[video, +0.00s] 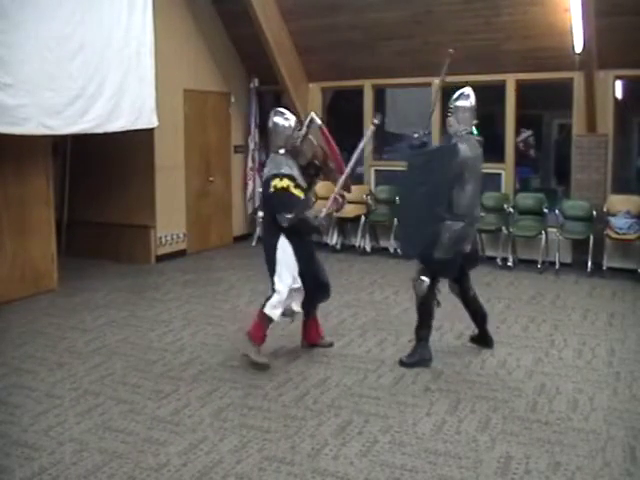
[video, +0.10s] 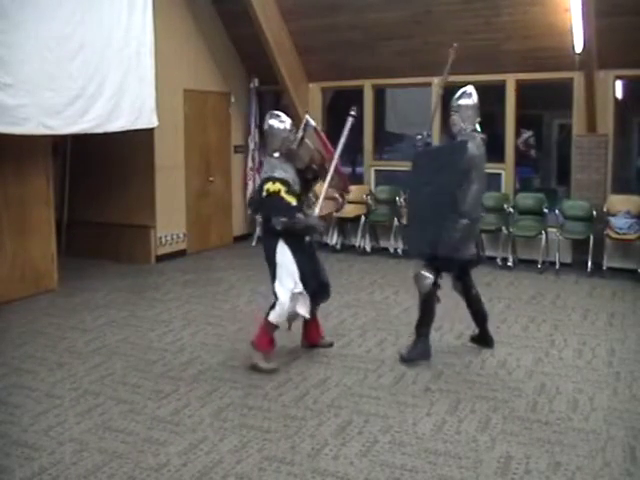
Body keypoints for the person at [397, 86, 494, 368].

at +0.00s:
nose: (449, 118)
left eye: (454, 114)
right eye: (451, 113)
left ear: (464, 118)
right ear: (467, 119)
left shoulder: (460, 149)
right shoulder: (472, 146)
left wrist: (418, 153)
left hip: (449, 224)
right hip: (464, 222)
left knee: (424, 281)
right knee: (460, 282)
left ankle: (422, 347)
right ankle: (483, 332)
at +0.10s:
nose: (454, 118)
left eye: (460, 113)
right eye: (454, 113)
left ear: (471, 116)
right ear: (452, 115)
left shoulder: (469, 147)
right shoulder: (460, 144)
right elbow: (436, 171)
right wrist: (423, 152)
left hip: (450, 225)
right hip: (459, 224)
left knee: (426, 280)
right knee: (464, 281)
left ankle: (421, 342)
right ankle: (484, 333)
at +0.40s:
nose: (449, 115)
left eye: (455, 109)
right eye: (448, 109)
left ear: (466, 112)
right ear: (446, 111)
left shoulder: (465, 143)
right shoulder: (459, 140)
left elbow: (450, 181)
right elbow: (441, 173)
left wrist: (417, 193)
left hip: (454, 221)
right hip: (460, 219)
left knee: (437, 279)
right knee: (468, 277)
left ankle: (422, 341)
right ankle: (485, 332)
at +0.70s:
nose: (427, 112)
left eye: (433, 107)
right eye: (424, 107)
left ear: (444, 110)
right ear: (420, 109)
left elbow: (463, 192)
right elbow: (404, 194)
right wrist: (404, 232)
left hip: (440, 225)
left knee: (417, 280)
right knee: (454, 278)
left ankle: (421, 342)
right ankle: (479, 327)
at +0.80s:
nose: (418, 111)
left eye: (423, 105)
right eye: (416, 105)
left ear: (434, 107)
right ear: (413, 108)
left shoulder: (436, 144)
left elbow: (451, 193)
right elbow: (399, 194)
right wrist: (399, 229)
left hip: (430, 223)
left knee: (415, 278)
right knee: (434, 274)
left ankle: (421, 342)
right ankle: (466, 319)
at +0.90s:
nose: (407, 110)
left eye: (413, 104)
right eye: (407, 104)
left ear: (423, 107)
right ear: (406, 107)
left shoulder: (432, 143)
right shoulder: (412, 140)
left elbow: (440, 191)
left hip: (429, 220)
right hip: (415, 219)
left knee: (414, 276)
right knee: (418, 272)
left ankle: (421, 340)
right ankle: (444, 318)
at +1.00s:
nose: (400, 109)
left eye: (404, 103)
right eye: (399, 103)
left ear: (413, 107)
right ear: (399, 107)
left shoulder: (424, 143)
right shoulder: (406, 140)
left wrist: (380, 167)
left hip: (422, 222)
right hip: (408, 220)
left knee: (412, 276)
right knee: (396, 273)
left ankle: (419, 341)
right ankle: (416, 331)